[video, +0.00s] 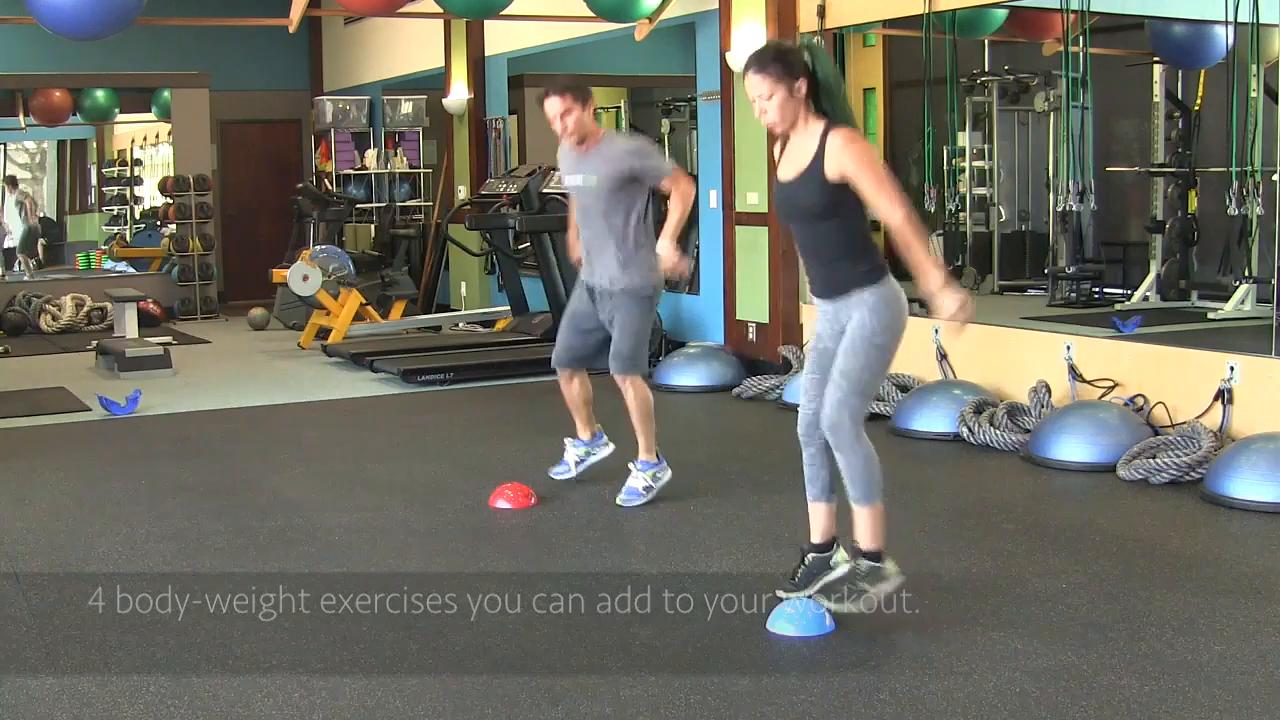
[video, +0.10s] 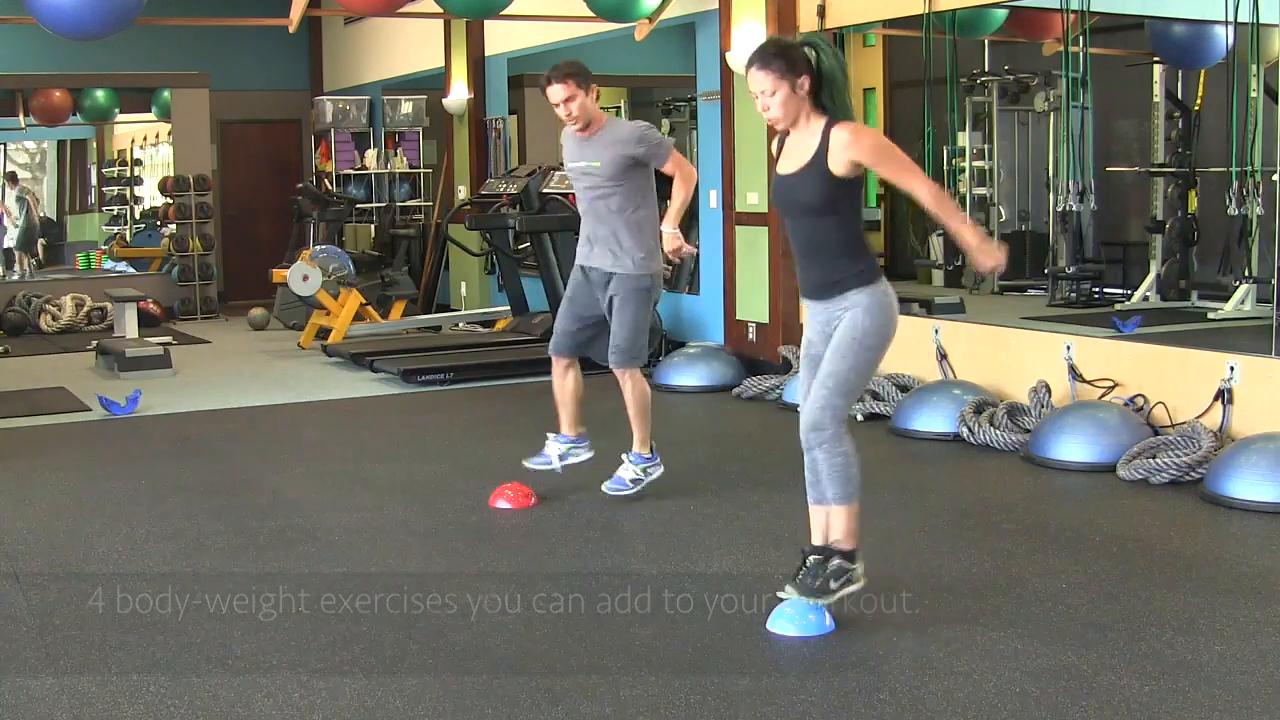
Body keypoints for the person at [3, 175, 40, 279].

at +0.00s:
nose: (6, 189)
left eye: (6, 186)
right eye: (6, 186)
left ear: (11, 185)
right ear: (13, 185)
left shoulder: (20, 194)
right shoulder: (16, 196)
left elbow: (30, 202)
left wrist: (31, 217)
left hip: (28, 225)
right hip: (24, 225)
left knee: (20, 252)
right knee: (22, 252)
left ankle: (30, 275)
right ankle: (29, 274)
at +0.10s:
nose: (7, 186)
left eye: (7, 183)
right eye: (6, 183)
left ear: (11, 182)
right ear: (16, 180)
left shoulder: (20, 192)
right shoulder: (24, 190)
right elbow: (37, 201)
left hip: (27, 224)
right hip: (32, 223)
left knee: (18, 248)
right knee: (26, 249)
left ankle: (20, 272)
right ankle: (29, 272)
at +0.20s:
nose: (8, 188)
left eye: (8, 185)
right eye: (7, 186)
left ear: (12, 184)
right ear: (18, 183)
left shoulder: (20, 193)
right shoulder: (24, 193)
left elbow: (31, 203)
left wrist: (36, 217)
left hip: (27, 225)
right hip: (31, 225)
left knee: (13, 249)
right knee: (24, 251)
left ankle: (13, 274)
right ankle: (30, 274)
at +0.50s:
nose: (9, 184)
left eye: (11, 181)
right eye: (9, 182)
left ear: (18, 181)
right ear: (17, 181)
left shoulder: (23, 191)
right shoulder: (22, 191)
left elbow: (25, 204)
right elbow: (24, 205)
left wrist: (14, 214)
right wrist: (15, 215)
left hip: (31, 224)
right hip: (32, 224)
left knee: (19, 247)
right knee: (28, 250)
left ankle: (25, 272)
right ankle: (31, 272)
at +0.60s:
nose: (8, 188)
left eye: (10, 185)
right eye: (8, 185)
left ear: (17, 185)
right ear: (17, 185)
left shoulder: (23, 195)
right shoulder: (21, 195)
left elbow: (22, 209)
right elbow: (23, 210)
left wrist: (6, 213)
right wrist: (13, 214)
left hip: (33, 226)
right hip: (31, 226)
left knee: (24, 252)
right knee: (26, 251)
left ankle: (31, 275)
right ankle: (33, 273)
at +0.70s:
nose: (9, 198)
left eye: (11, 195)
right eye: (9, 196)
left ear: (17, 195)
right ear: (11, 196)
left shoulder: (23, 206)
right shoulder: (21, 207)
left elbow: (20, 220)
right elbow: (21, 221)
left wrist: (6, 218)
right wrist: (9, 221)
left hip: (38, 235)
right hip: (36, 235)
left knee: (26, 258)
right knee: (29, 257)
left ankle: (33, 279)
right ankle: (37, 278)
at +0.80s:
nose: (9, 213)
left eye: (10, 210)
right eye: (8, 210)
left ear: (16, 210)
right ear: (16, 210)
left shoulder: (22, 219)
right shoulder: (22, 219)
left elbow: (18, 235)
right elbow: (18, 234)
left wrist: (6, 229)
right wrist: (8, 229)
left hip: (42, 243)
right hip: (40, 242)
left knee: (25, 260)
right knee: (26, 259)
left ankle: (35, 278)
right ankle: (37, 278)